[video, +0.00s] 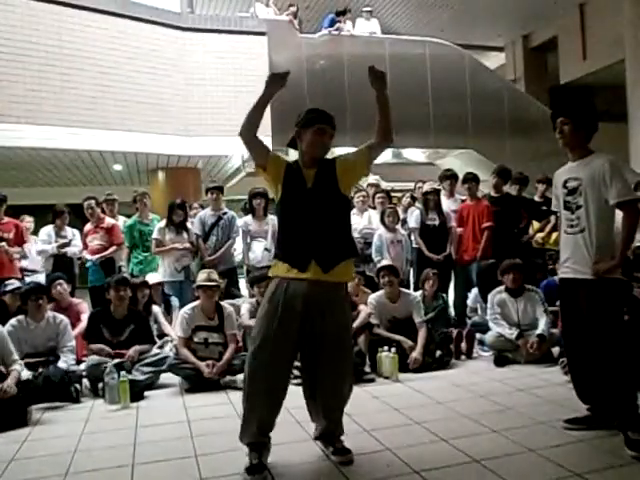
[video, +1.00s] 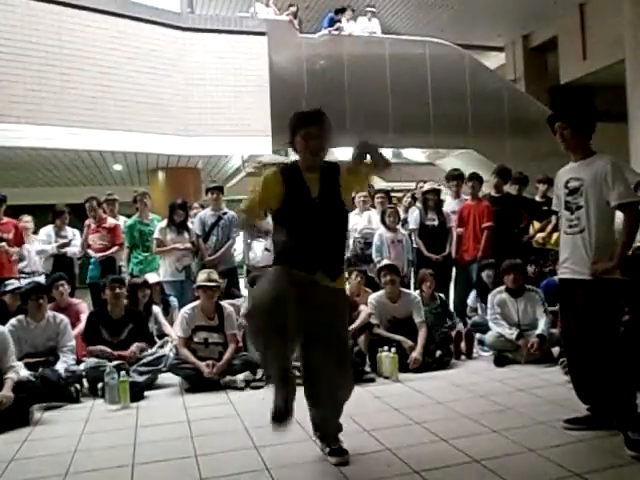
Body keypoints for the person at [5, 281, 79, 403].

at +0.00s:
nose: (39, 302)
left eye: (42, 298)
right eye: (34, 299)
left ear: (47, 301)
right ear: (26, 304)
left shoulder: (60, 322)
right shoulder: (13, 327)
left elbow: (68, 352)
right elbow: (12, 361)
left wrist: (57, 370)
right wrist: (30, 376)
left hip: (54, 368)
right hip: (27, 372)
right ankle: (68, 393)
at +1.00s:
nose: (40, 302)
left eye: (42, 298)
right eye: (35, 299)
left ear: (48, 300)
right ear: (26, 304)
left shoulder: (60, 321)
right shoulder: (14, 326)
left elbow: (68, 352)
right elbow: (11, 360)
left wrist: (57, 371)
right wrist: (26, 375)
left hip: (54, 369)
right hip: (27, 371)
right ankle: (68, 393)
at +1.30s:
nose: (39, 303)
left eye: (42, 299)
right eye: (34, 300)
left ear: (47, 301)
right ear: (25, 304)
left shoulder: (60, 321)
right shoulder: (14, 326)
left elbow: (69, 353)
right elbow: (10, 359)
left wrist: (55, 372)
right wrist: (25, 375)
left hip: (54, 368)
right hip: (28, 371)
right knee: (20, 388)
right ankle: (68, 394)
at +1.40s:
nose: (39, 303)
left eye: (42, 299)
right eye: (34, 300)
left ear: (47, 301)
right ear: (25, 304)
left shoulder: (60, 321)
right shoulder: (14, 326)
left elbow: (69, 352)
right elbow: (10, 359)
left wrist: (58, 371)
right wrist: (24, 375)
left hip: (53, 367)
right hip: (27, 370)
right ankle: (69, 394)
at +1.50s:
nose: (39, 303)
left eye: (42, 299)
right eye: (34, 300)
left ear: (47, 301)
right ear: (25, 305)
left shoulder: (60, 321)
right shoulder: (14, 326)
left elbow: (69, 352)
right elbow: (10, 359)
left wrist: (58, 371)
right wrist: (24, 375)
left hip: (53, 367)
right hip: (28, 370)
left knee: (76, 374)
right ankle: (69, 394)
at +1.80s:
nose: (39, 303)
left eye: (42, 299)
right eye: (34, 300)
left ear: (47, 301)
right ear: (25, 304)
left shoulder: (60, 321)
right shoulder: (14, 326)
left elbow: (68, 352)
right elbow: (10, 359)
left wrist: (58, 371)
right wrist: (24, 375)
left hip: (53, 367)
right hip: (28, 370)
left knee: (75, 374)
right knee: (19, 388)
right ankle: (66, 394)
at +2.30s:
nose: (39, 303)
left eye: (42, 299)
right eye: (33, 300)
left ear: (47, 301)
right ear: (25, 305)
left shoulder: (60, 321)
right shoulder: (14, 326)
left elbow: (69, 352)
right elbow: (11, 358)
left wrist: (58, 371)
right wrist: (24, 375)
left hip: (54, 367)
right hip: (28, 370)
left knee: (75, 374)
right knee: (21, 388)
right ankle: (67, 394)